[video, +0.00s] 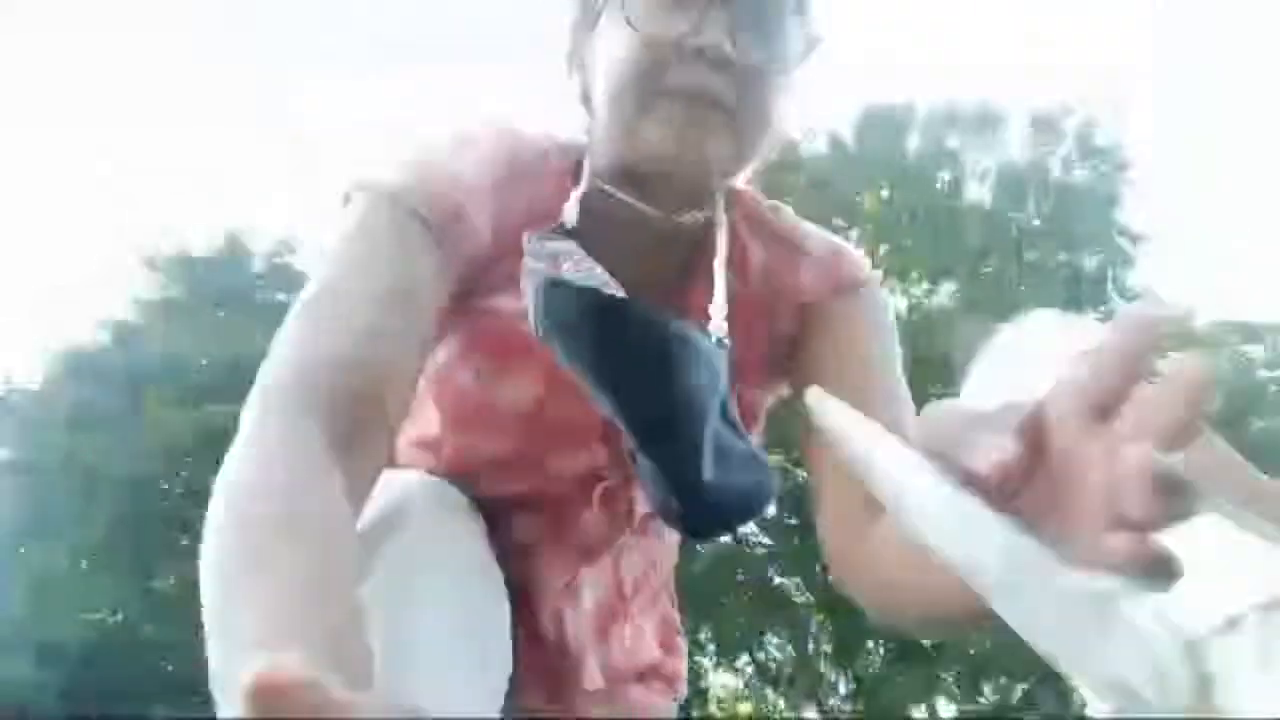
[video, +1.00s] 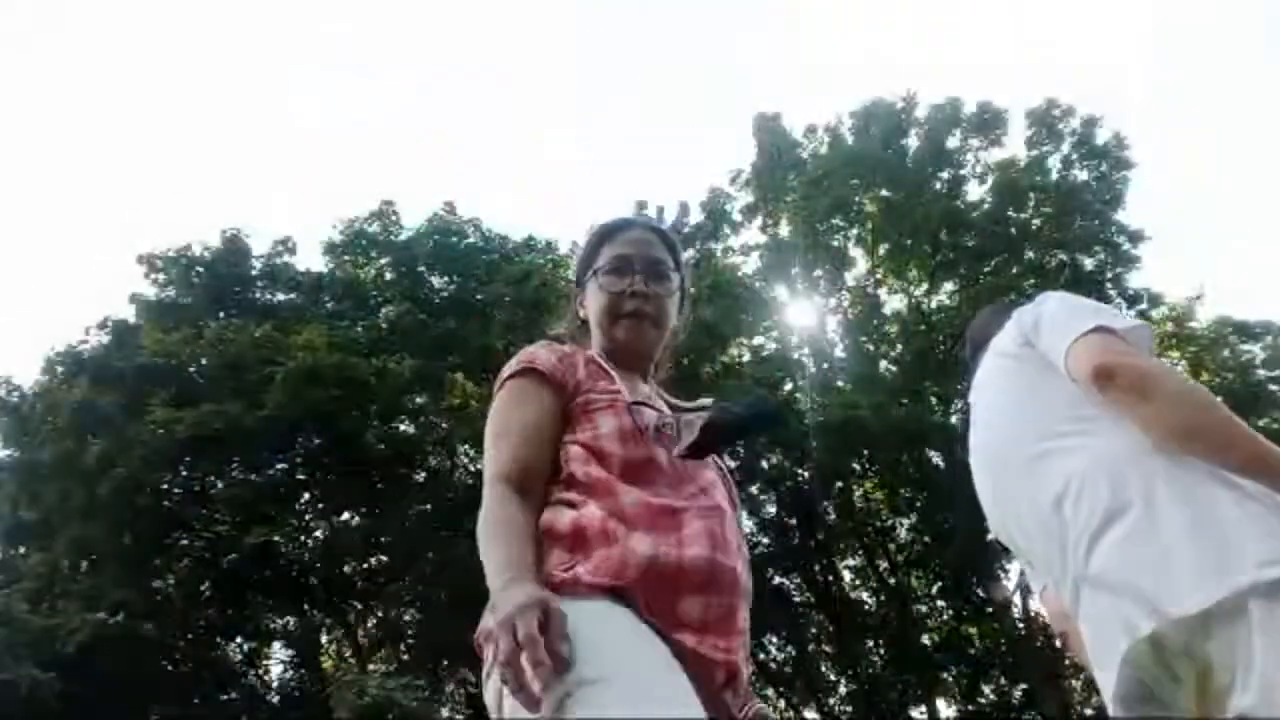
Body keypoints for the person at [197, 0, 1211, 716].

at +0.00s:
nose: (709, 31)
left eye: (757, 19)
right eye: (666, 1)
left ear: (791, 86)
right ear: (586, 38)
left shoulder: (818, 284)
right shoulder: (455, 198)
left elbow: (871, 543)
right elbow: (307, 431)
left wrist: (1007, 523)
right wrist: (291, 680)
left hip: (615, 658)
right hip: (406, 616)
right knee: (422, 509)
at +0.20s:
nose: (702, 136)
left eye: (736, 124)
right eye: (669, 109)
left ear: (769, 178)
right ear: (604, 153)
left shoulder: (797, 346)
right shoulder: (519, 277)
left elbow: (819, 546)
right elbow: (365, 498)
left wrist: (850, 584)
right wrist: (263, 704)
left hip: (639, 693)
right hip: (460, 660)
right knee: (455, 598)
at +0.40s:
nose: (687, 201)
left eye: (712, 190)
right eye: (659, 186)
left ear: (742, 236)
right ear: (611, 228)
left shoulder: (763, 402)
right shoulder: (560, 322)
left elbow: (771, 566)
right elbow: (434, 511)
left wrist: (801, 604)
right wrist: (340, 695)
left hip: (660, 694)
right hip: (498, 628)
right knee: (539, 697)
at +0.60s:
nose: (673, 200)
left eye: (697, 189)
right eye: (648, 183)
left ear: (721, 233)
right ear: (604, 218)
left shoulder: (728, 382)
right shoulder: (549, 301)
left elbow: (719, 534)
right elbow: (454, 470)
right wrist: (365, 645)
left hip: (686, 673)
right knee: (605, 685)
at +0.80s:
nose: (648, 245)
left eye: (671, 234)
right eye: (626, 229)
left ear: (692, 267)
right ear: (589, 260)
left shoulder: (690, 386)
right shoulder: (550, 324)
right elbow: (477, 450)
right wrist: (447, 542)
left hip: (685, 620)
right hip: (548, 576)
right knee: (598, 697)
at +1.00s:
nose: (637, 285)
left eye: (656, 274)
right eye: (617, 271)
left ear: (680, 304)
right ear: (583, 300)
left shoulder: (690, 420)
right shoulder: (555, 364)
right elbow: (509, 488)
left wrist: (735, 686)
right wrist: (510, 585)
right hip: (586, 616)